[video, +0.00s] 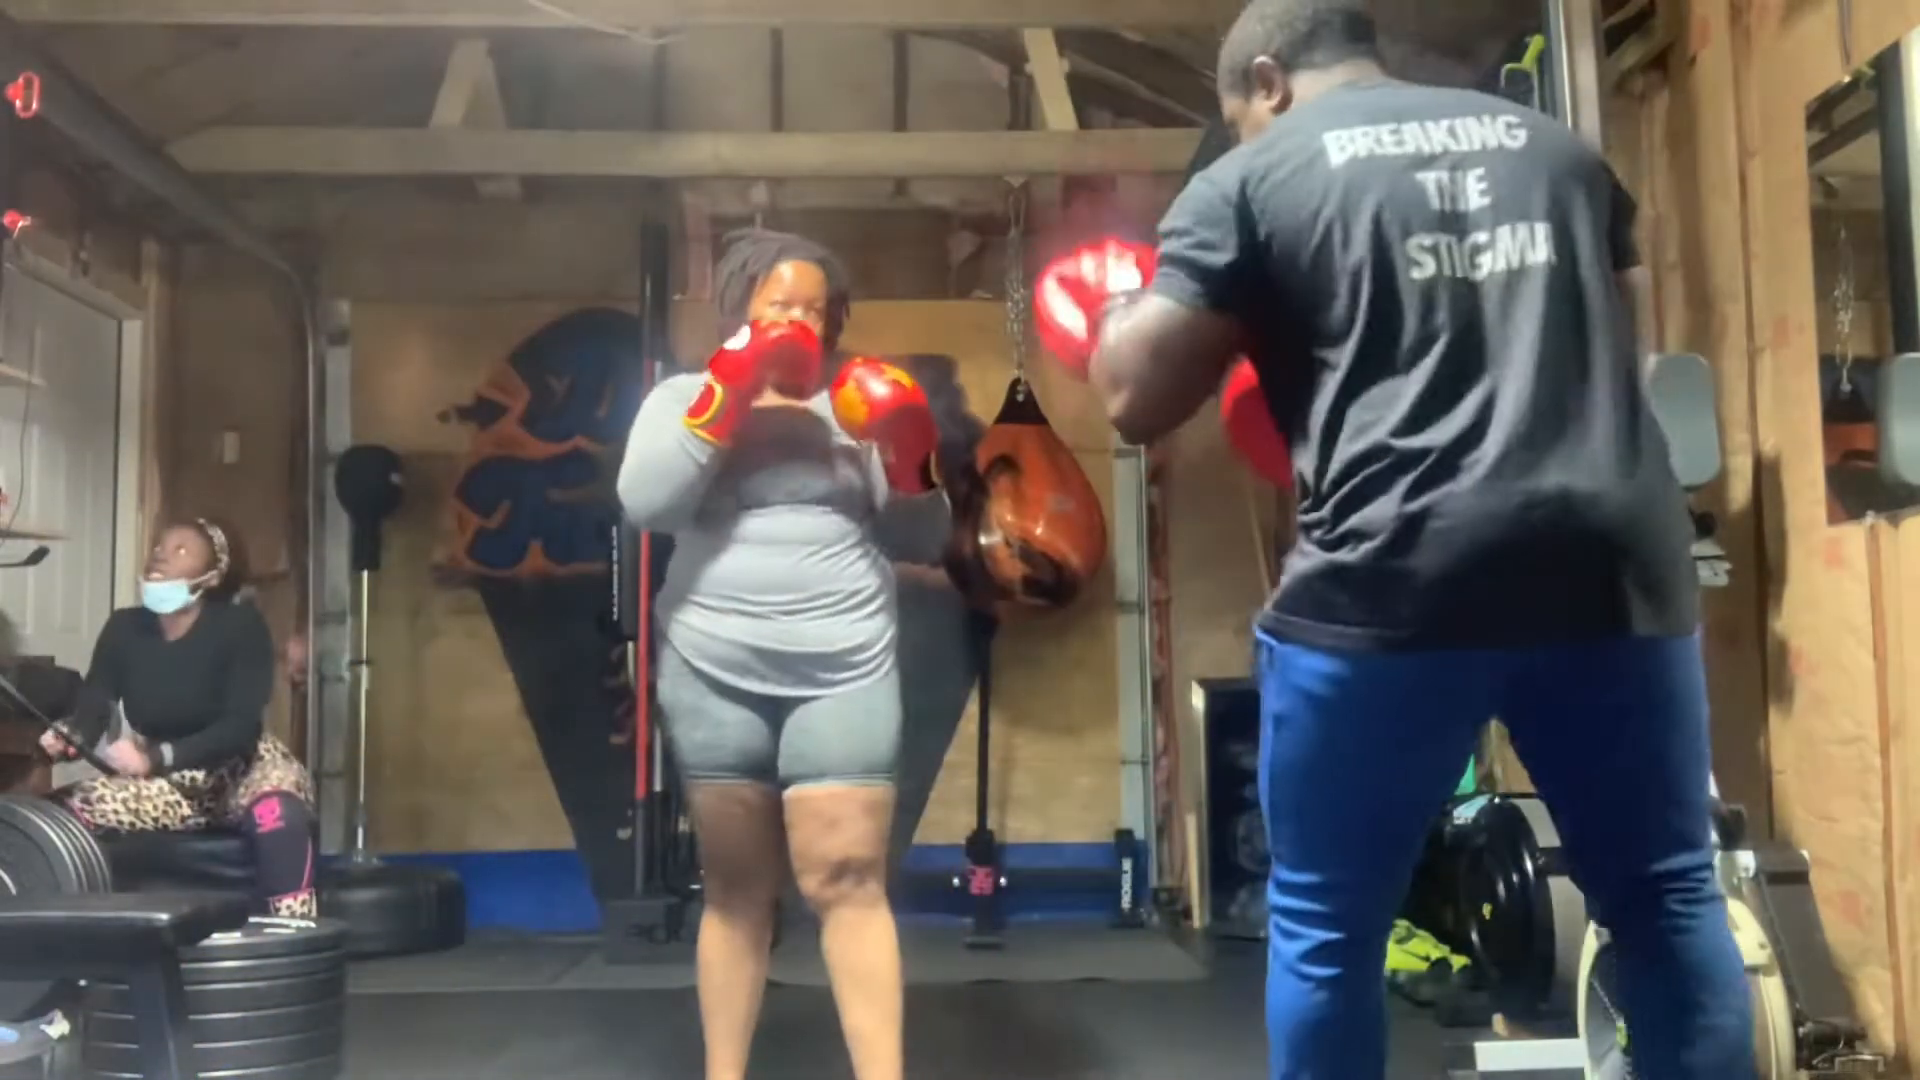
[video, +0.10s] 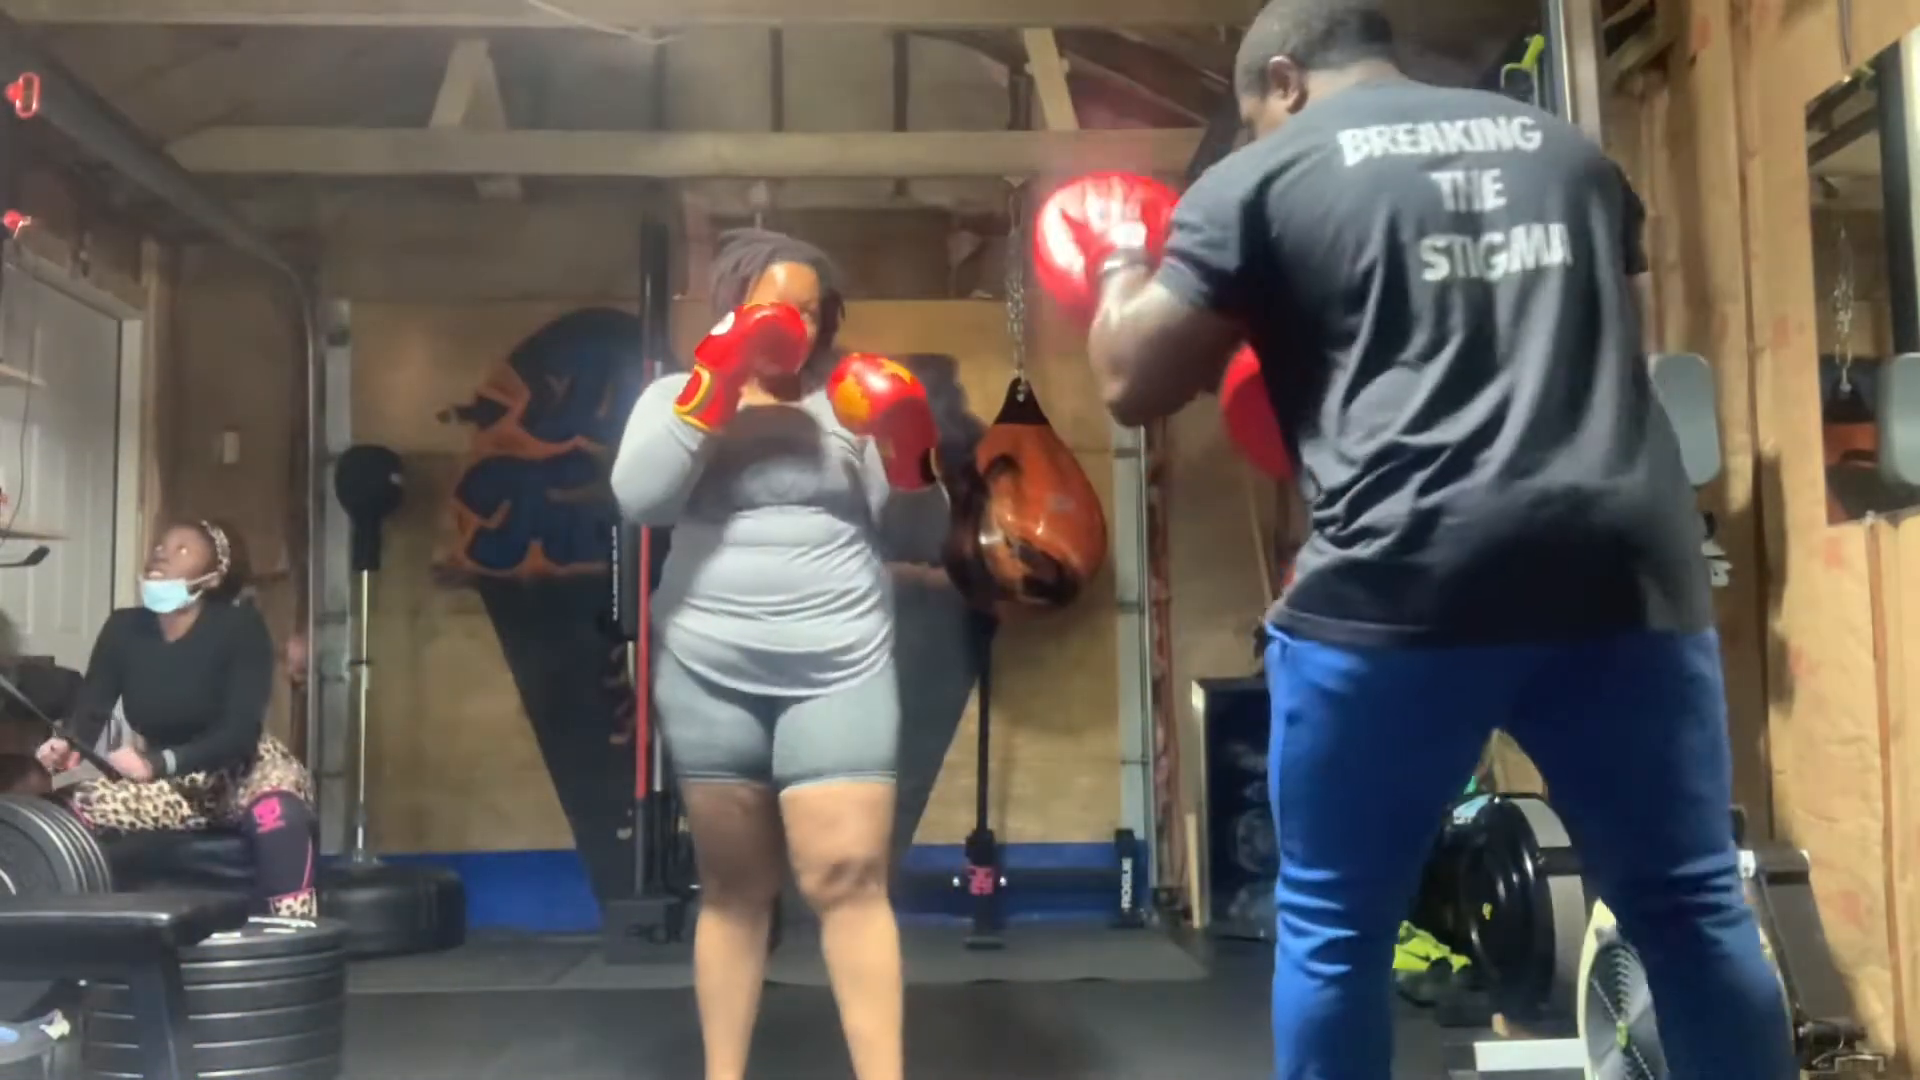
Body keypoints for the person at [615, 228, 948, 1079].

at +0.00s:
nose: (798, 326)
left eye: (813, 312)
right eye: (781, 309)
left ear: (834, 324)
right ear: (737, 312)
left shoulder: (861, 410)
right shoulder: (684, 399)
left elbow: (920, 542)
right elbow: (643, 502)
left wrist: (908, 455)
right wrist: (728, 394)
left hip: (847, 667)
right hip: (713, 667)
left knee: (847, 881)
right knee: (735, 892)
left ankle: (883, 1075)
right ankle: (725, 1075)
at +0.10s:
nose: (789, 328)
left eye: (805, 313)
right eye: (772, 310)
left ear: (825, 325)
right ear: (730, 311)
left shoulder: (853, 406)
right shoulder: (677, 397)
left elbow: (919, 541)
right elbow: (637, 496)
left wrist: (908, 447)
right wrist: (714, 382)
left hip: (843, 665)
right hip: (707, 665)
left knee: (848, 879)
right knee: (732, 888)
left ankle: (882, 1075)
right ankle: (724, 1075)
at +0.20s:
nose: (788, 329)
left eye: (804, 312)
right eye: (771, 310)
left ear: (821, 322)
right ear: (725, 309)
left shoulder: (853, 402)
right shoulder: (672, 395)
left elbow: (914, 544)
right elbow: (632, 498)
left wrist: (908, 460)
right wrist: (704, 385)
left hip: (838, 660)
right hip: (702, 664)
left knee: (857, 869)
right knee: (727, 882)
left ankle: (893, 1075)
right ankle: (723, 1075)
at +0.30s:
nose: (780, 339)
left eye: (797, 323)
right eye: (762, 320)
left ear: (816, 333)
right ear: (722, 320)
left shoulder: (852, 409)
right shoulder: (671, 405)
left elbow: (909, 552)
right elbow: (626, 516)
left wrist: (903, 497)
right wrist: (704, 409)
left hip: (837, 662)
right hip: (699, 670)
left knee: (870, 862)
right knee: (721, 885)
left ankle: (921, 1071)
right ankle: (723, 1074)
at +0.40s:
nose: (787, 351)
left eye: (804, 334)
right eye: (769, 332)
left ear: (821, 344)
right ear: (727, 336)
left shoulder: (848, 422)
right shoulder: (678, 420)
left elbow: (911, 562)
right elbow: (629, 541)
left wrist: (897, 510)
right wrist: (700, 430)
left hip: (845, 680)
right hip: (706, 686)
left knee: (883, 875)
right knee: (716, 896)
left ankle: (954, 1073)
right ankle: (722, 1075)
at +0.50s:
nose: (804, 335)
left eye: (821, 319)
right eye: (785, 316)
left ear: (841, 330)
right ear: (744, 324)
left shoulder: (875, 411)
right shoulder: (699, 411)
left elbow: (954, 534)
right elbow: (640, 534)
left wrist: (929, 432)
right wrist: (702, 422)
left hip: (863, 680)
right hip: (722, 685)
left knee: (896, 886)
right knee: (725, 897)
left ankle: (955, 1075)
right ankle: (725, 1075)